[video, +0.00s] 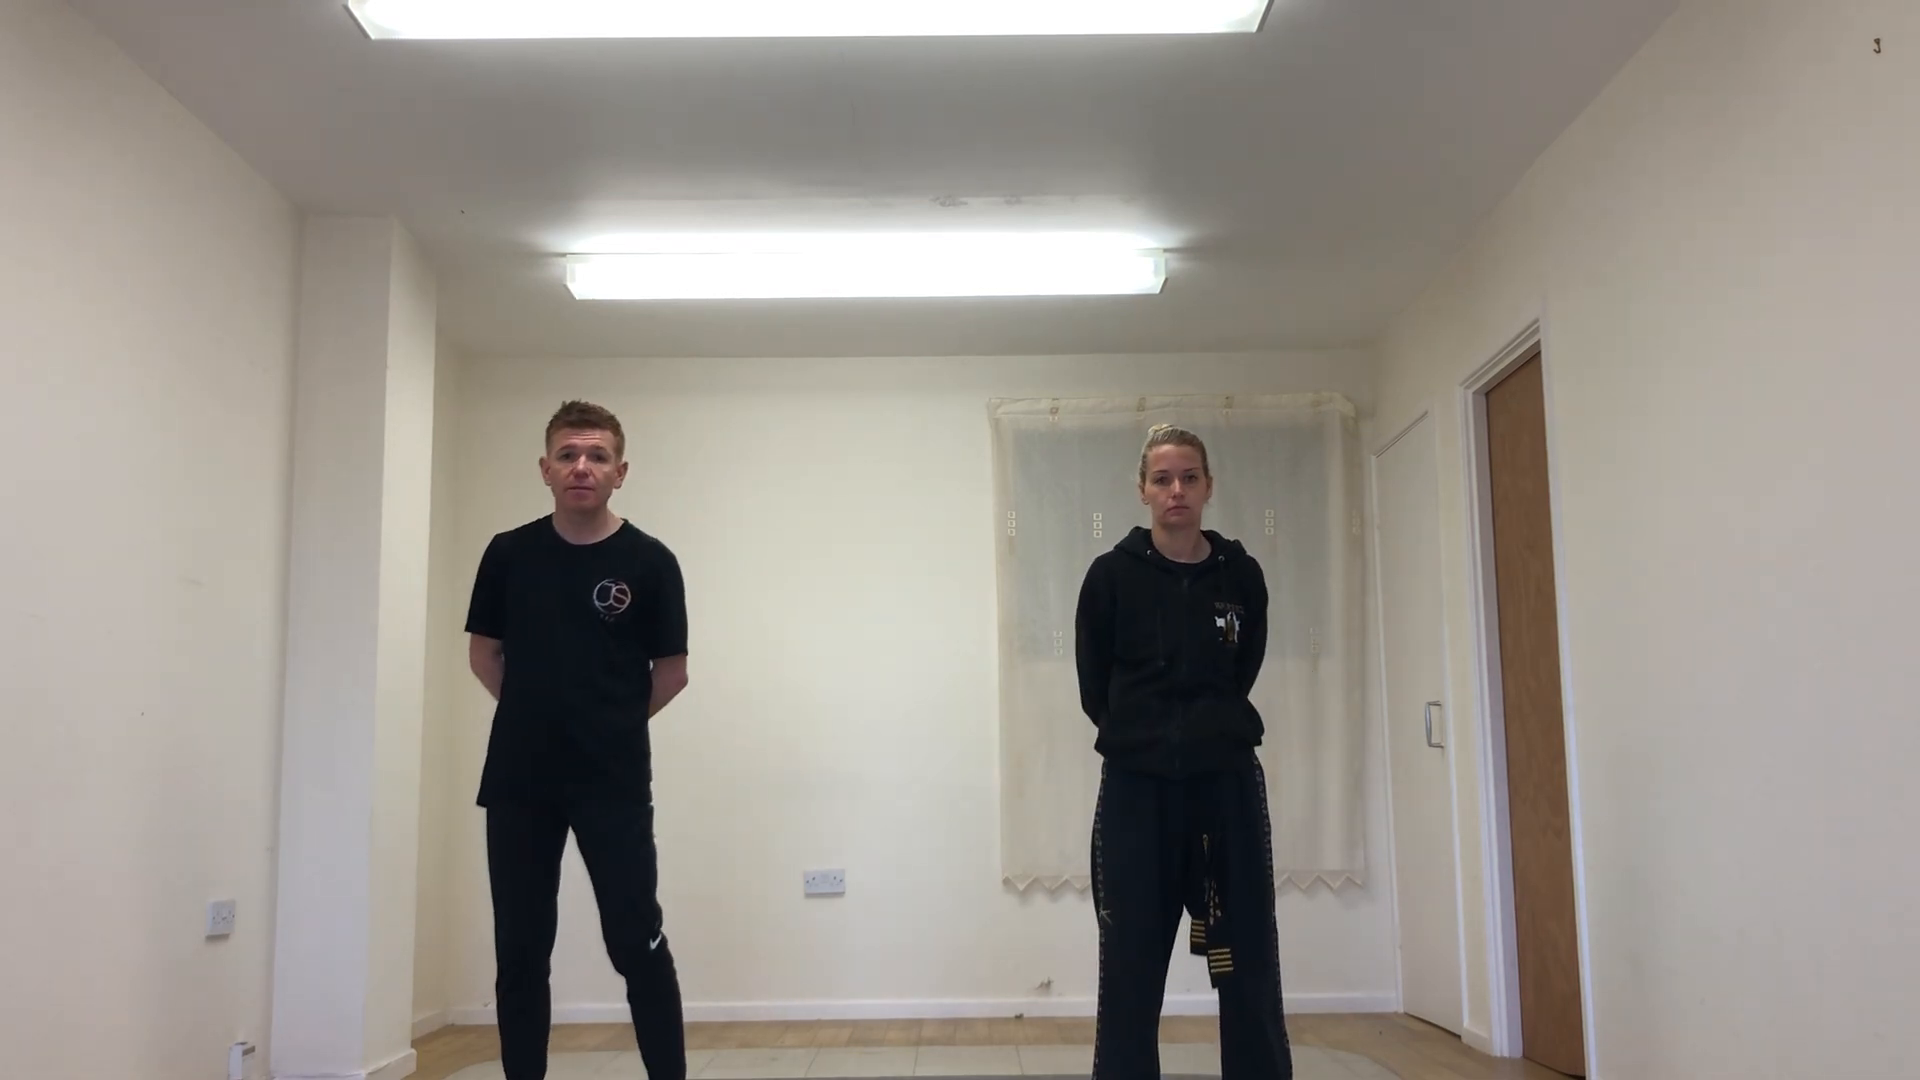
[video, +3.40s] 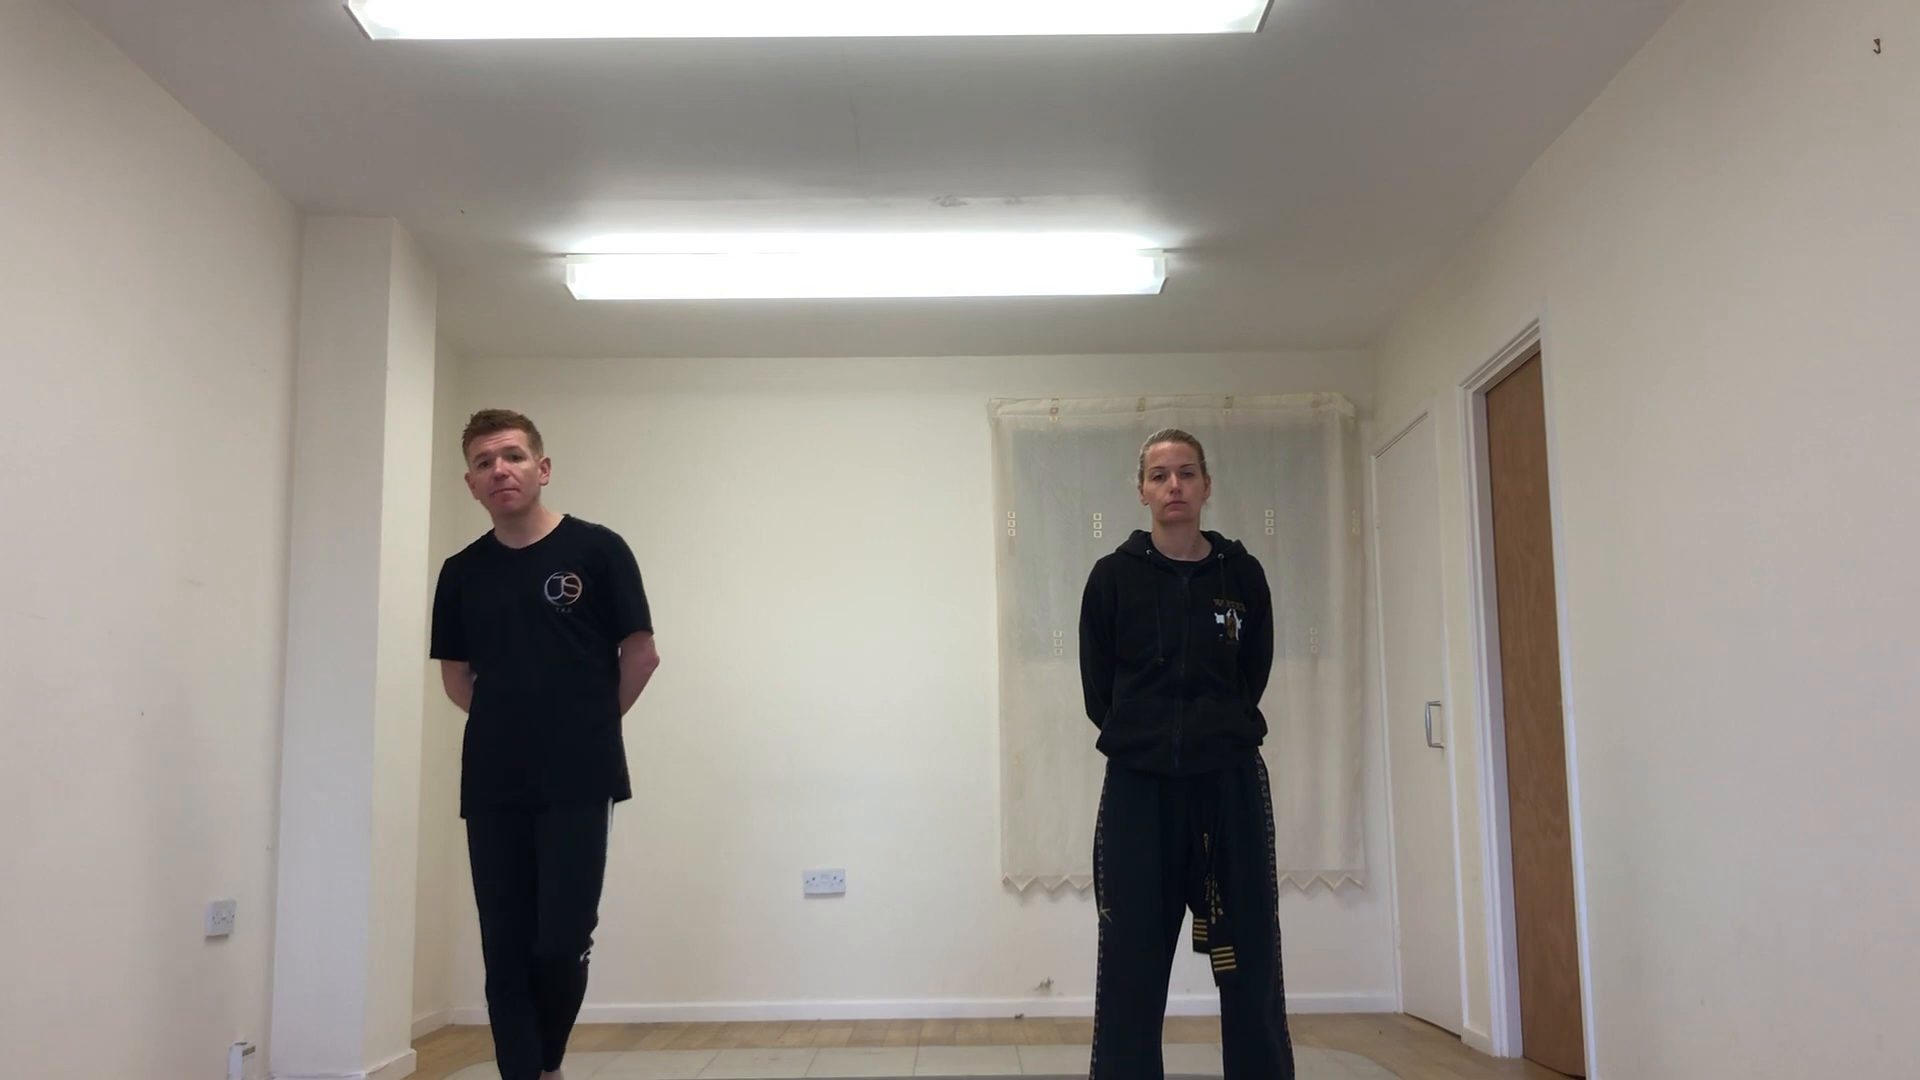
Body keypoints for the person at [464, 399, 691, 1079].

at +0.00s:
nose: (581, 467)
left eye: (596, 456)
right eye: (567, 455)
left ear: (618, 473)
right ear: (546, 469)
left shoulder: (650, 560)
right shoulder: (507, 552)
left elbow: (670, 673)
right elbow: (484, 657)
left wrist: (610, 718)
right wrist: (538, 711)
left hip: (612, 774)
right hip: (522, 772)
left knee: (637, 945)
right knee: (519, 955)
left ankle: (668, 1075)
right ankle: (523, 1076)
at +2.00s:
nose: (609, 468)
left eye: (627, 459)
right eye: (597, 455)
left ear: (648, 476)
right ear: (576, 464)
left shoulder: (675, 561)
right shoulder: (536, 551)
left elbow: (697, 673)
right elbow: (519, 659)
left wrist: (640, 728)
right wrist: (567, 716)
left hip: (628, 780)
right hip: (540, 777)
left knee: (649, 951)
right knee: (531, 954)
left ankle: (669, 1076)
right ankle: (529, 1076)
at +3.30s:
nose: (501, 468)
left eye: (515, 454)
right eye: (486, 459)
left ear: (544, 467)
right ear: (471, 480)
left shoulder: (597, 550)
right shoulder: (457, 570)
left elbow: (636, 657)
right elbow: (454, 679)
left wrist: (586, 720)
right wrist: (512, 718)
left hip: (574, 771)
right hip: (491, 776)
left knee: (564, 940)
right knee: (505, 946)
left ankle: (575, 1073)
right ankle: (518, 1075)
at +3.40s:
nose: (500, 470)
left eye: (513, 456)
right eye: (484, 462)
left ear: (542, 466)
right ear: (471, 482)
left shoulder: (599, 549)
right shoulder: (459, 571)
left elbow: (639, 655)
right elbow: (456, 680)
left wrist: (590, 718)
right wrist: (515, 714)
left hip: (577, 770)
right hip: (493, 776)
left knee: (562, 940)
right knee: (506, 939)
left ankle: (545, 1064)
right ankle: (519, 1073)